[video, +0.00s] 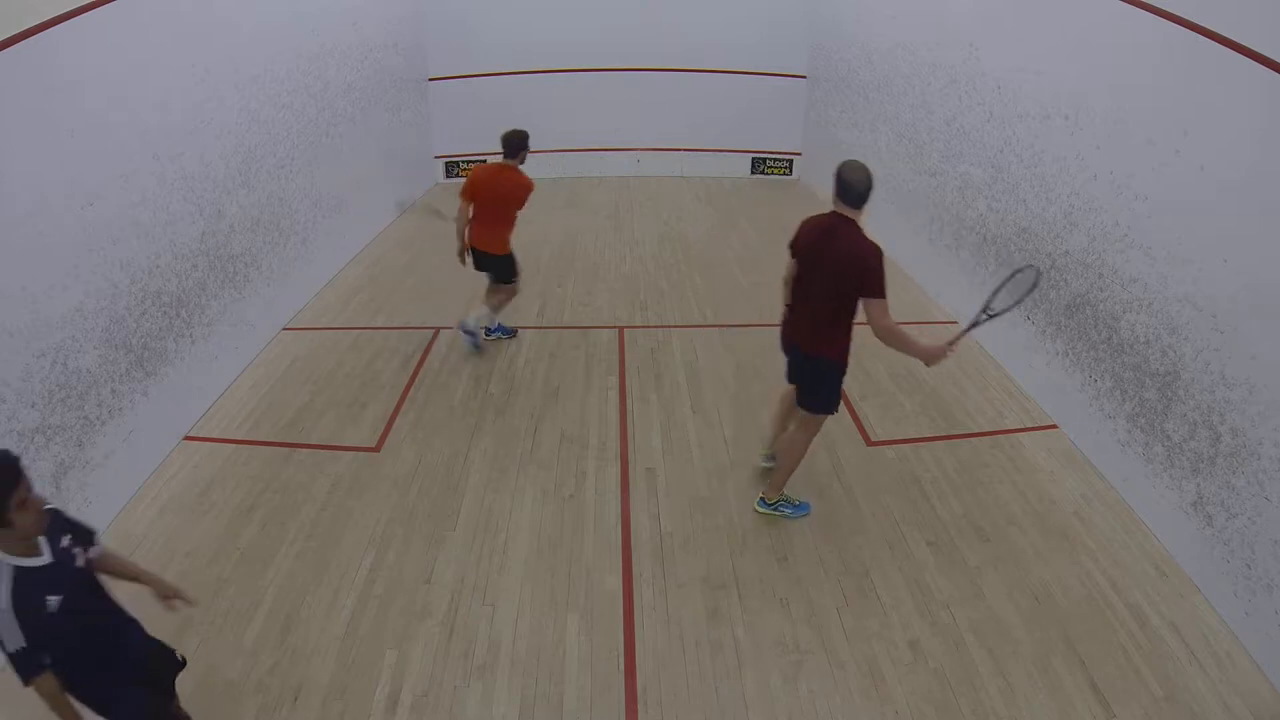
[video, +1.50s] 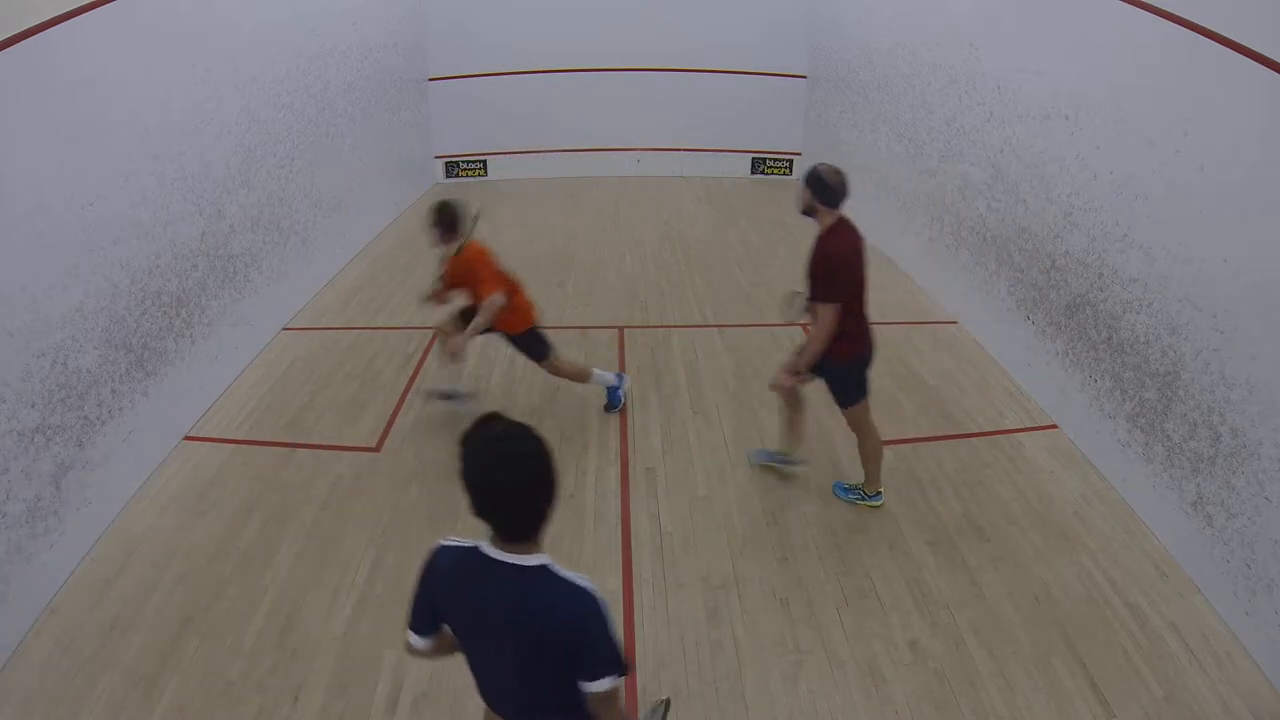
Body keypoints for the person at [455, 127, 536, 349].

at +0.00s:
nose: (527, 155)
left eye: (526, 151)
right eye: (526, 151)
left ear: (503, 150)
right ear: (523, 154)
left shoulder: (479, 172)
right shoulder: (524, 184)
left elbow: (463, 210)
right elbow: (513, 210)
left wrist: (461, 242)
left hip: (475, 245)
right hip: (499, 249)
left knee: (495, 282)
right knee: (510, 289)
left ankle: (491, 326)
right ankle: (473, 323)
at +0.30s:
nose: (556, 151)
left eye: (554, 147)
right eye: (553, 148)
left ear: (527, 155)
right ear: (546, 154)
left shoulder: (511, 181)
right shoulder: (560, 182)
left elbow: (495, 217)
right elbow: (561, 209)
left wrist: (486, 254)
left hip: (519, 252)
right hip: (546, 254)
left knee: (515, 286)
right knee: (566, 299)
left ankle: (501, 330)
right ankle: (563, 357)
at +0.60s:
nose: (586, 148)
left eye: (584, 143)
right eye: (581, 146)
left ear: (559, 154)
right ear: (567, 153)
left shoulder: (540, 180)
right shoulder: (586, 183)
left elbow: (524, 216)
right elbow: (607, 212)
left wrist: (545, 229)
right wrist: (581, 198)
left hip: (553, 261)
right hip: (585, 260)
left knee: (563, 306)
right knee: (607, 304)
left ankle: (561, 366)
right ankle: (606, 367)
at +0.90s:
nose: (608, 159)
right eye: (608, 155)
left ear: (581, 163)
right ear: (608, 160)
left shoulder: (572, 196)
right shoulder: (627, 193)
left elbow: (556, 237)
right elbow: (637, 237)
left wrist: (581, 244)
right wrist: (613, 241)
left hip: (584, 272)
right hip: (620, 273)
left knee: (567, 313)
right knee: (635, 319)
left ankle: (560, 371)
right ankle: (649, 377)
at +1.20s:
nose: (557, 185)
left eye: (558, 182)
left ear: (560, 186)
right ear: (585, 184)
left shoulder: (560, 219)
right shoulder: (597, 213)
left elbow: (559, 265)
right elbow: (601, 255)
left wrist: (546, 289)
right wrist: (565, 273)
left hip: (583, 300)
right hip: (610, 295)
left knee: (539, 339)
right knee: (628, 334)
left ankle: (578, 389)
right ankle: (667, 379)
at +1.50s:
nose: (433, 234)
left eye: (435, 228)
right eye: (433, 228)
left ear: (443, 230)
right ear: (457, 225)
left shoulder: (474, 257)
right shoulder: (455, 257)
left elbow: (495, 300)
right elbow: (451, 285)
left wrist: (465, 336)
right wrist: (438, 294)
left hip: (513, 318)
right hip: (488, 313)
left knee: (553, 365)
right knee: (449, 330)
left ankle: (614, 382)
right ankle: (455, 388)